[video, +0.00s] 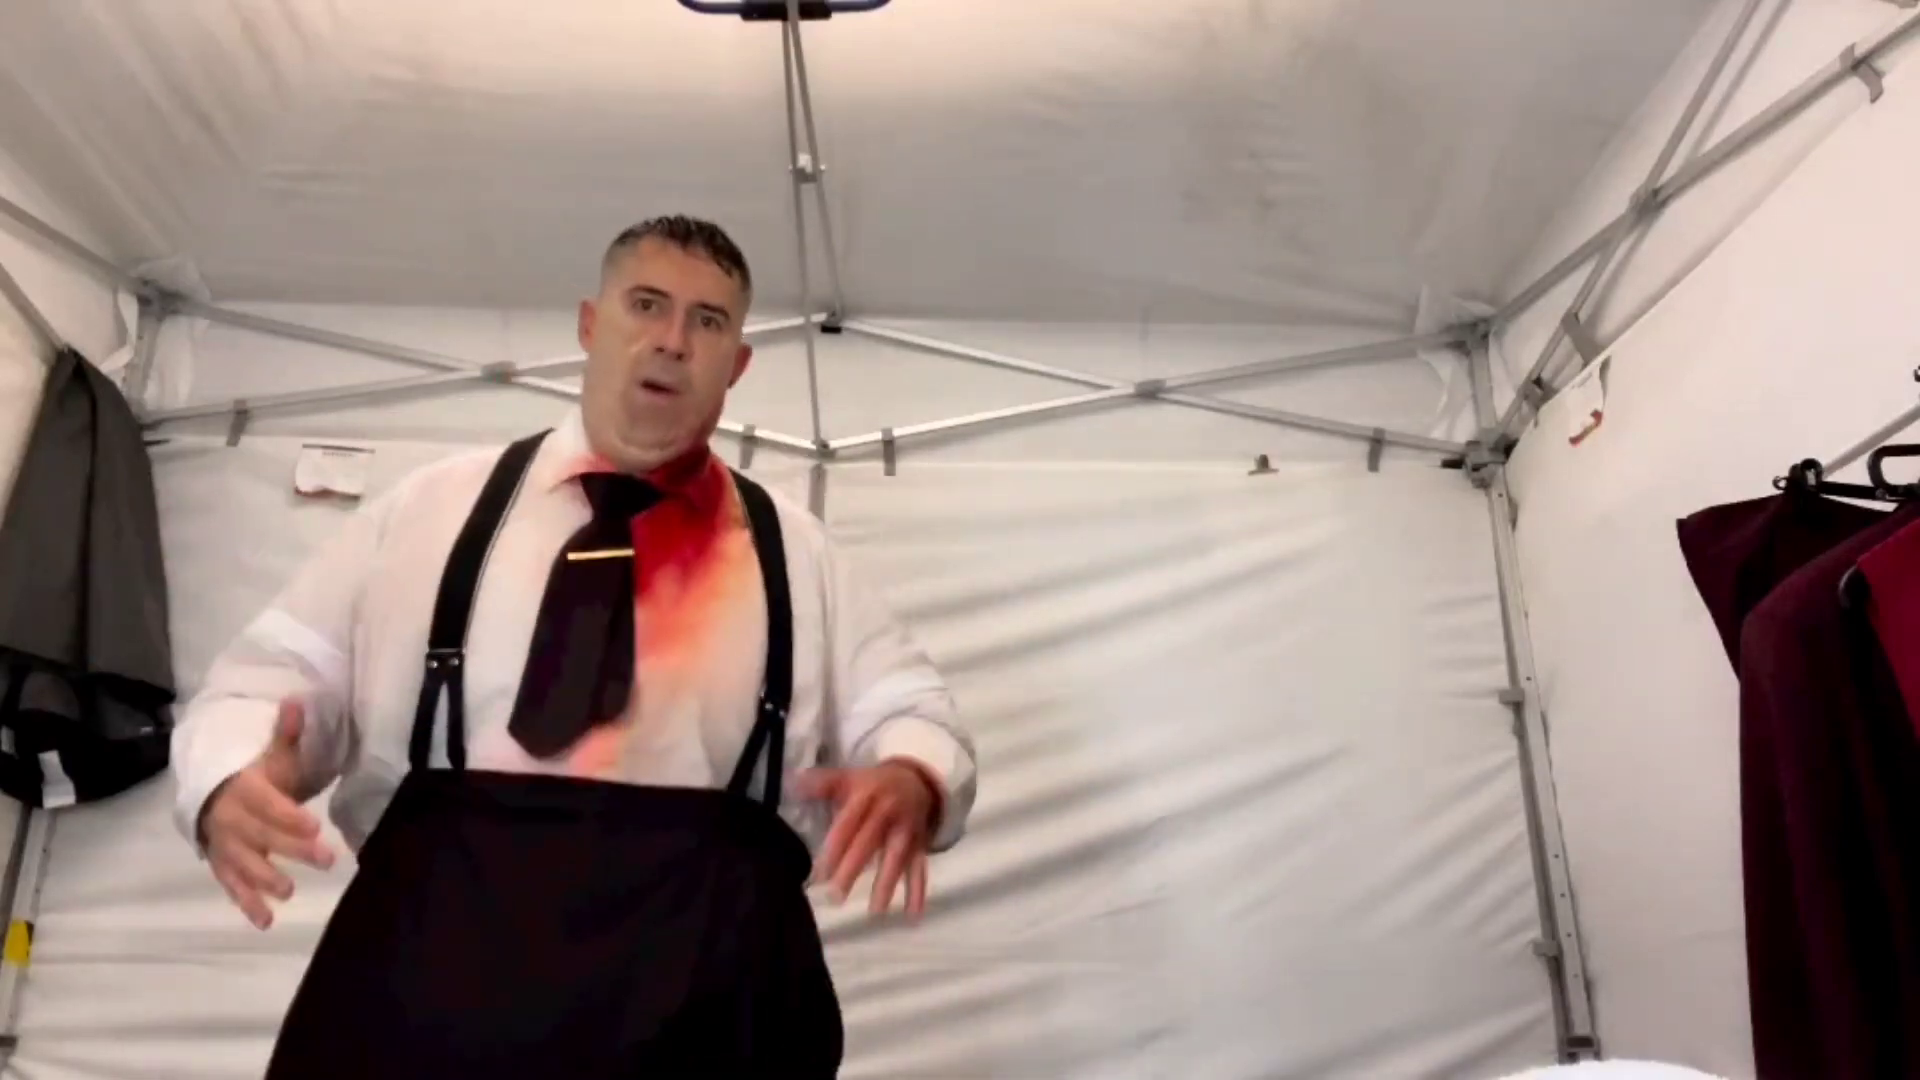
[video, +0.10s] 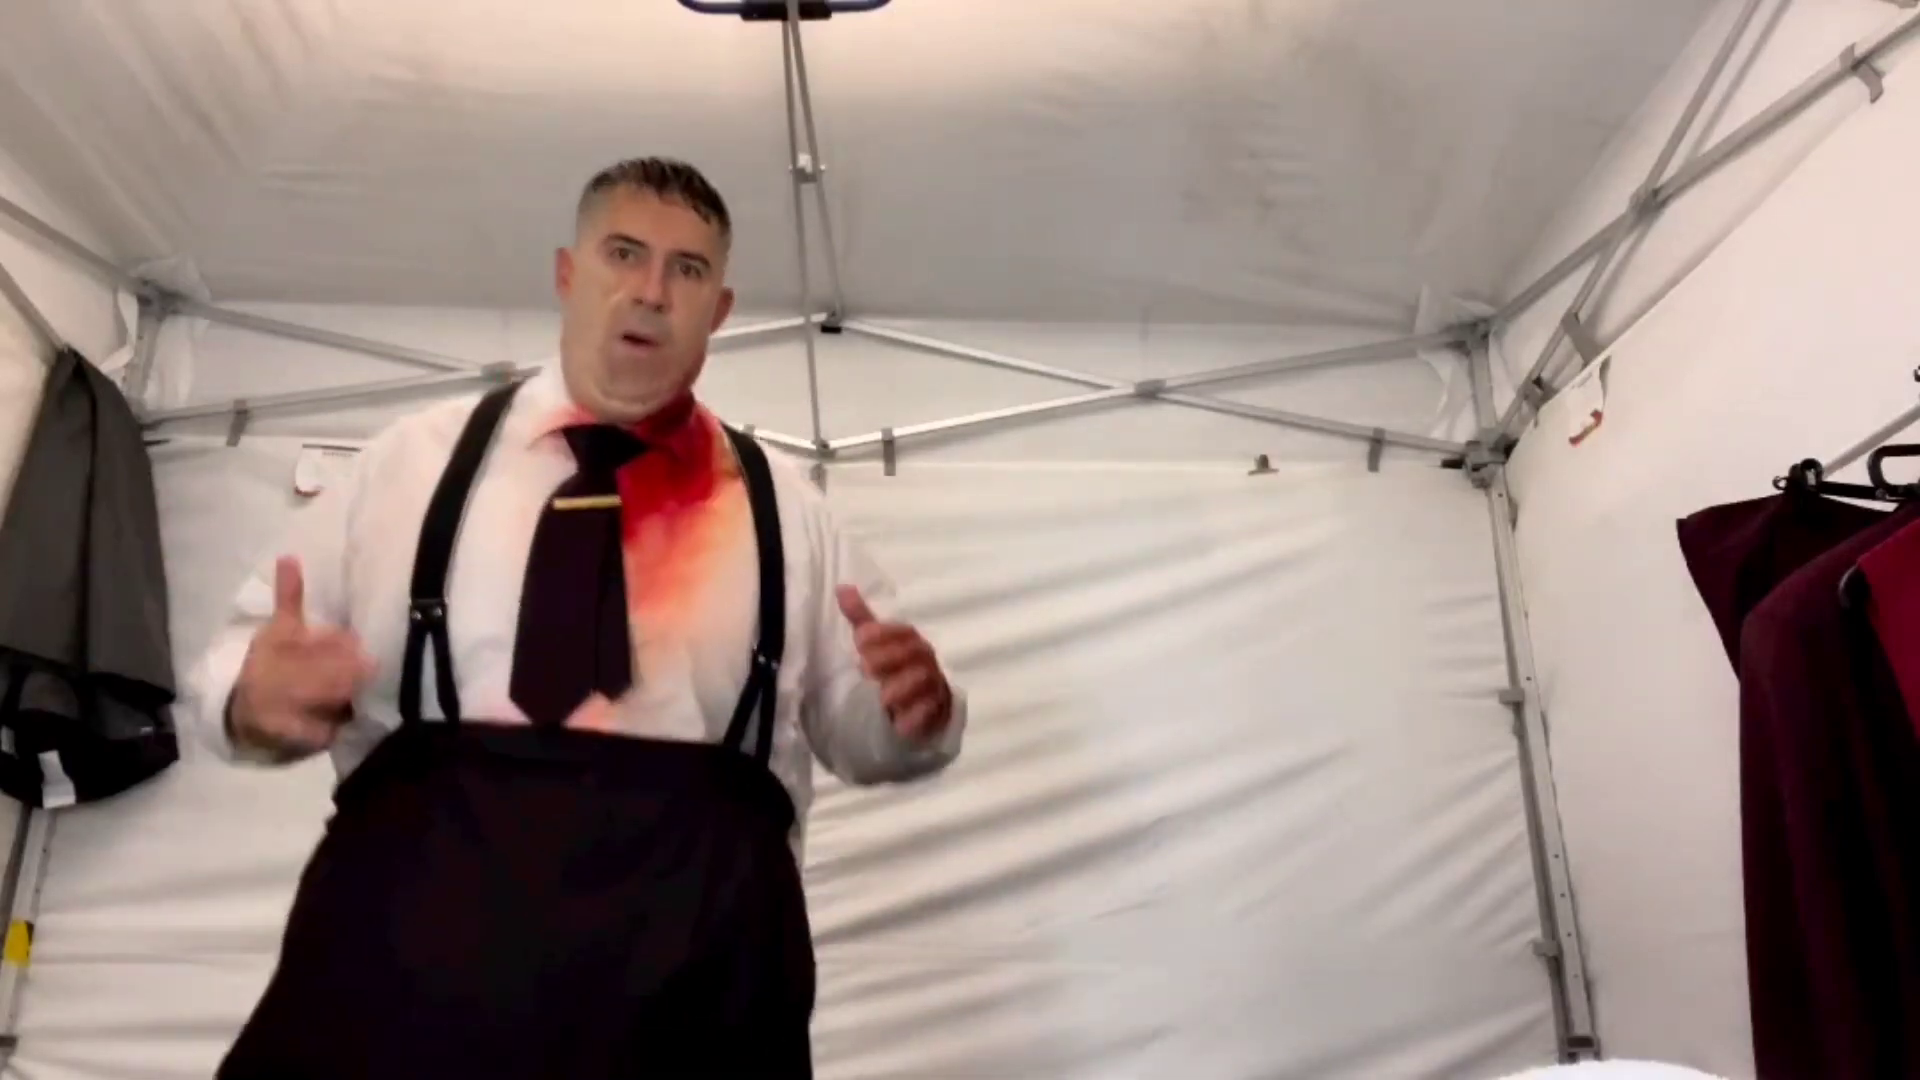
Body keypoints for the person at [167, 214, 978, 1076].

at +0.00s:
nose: (672, 341)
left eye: (706, 322)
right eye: (645, 306)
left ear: (738, 366)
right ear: (588, 328)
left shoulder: (796, 551)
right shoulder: (436, 506)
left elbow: (904, 706)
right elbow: (279, 674)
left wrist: (912, 775)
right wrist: (226, 779)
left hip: (697, 935)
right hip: (448, 922)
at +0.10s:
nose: (651, 291)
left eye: (687, 269)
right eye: (622, 254)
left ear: (719, 313)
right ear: (565, 277)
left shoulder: (785, 501)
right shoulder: (418, 458)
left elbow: (846, 725)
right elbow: (236, 665)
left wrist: (908, 712)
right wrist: (253, 696)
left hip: (688, 908)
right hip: (430, 895)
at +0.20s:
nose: (600, 238)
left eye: (636, 215)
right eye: (570, 206)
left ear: (674, 264)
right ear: (515, 236)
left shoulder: (753, 455)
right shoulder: (369, 420)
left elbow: (828, 656)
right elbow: (207, 666)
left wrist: (892, 650)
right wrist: (201, 602)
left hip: (655, 843)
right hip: (394, 824)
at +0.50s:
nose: (493, 239)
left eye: (531, 214)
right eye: (464, 207)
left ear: (584, 260)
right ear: (415, 242)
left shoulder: (684, 450)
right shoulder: (291, 441)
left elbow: (790, 637)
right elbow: (94, 668)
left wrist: (777, 734)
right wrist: (271, 560)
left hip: (597, 834)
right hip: (329, 831)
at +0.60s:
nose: (556, 185)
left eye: (594, 162)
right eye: (524, 153)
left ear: (636, 219)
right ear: (469, 191)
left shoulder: (724, 400)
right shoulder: (327, 375)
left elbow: (854, 577)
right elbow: (127, 601)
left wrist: (834, 621)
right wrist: (254, 555)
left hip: (638, 764)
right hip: (376, 757)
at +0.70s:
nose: (609, 227)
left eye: (647, 207)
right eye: (580, 192)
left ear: (686, 259)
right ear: (519, 224)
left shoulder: (772, 456)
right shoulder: (348, 417)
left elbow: (863, 676)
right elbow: (131, 580)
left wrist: (930, 642)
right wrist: (162, 640)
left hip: (663, 838)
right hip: (383, 828)